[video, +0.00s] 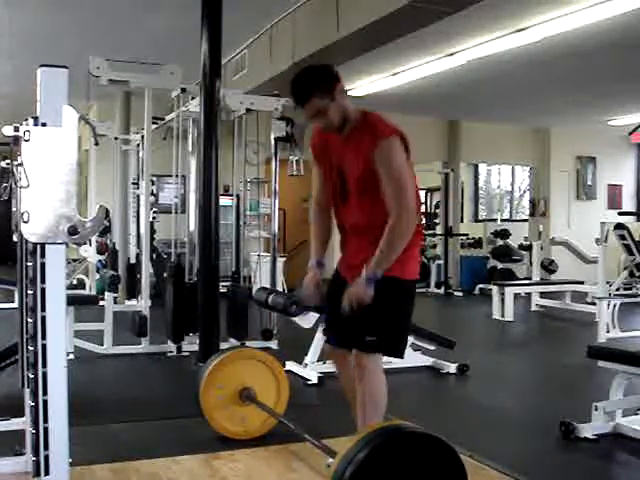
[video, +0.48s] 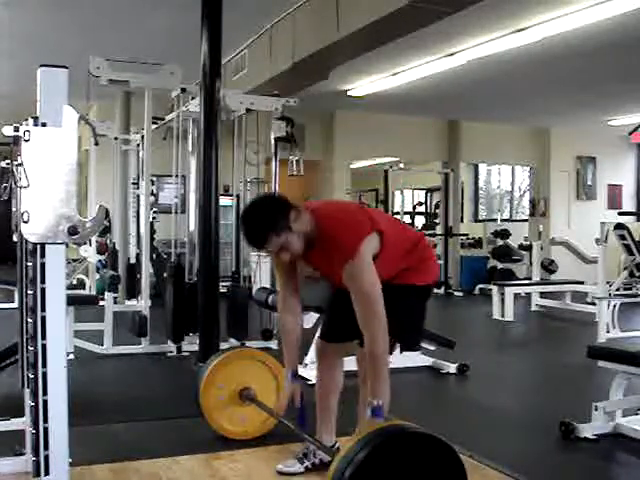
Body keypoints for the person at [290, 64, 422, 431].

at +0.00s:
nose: (320, 123)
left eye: (321, 112)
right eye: (311, 118)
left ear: (340, 90)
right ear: (304, 112)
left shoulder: (381, 137)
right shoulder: (322, 140)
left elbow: (406, 215)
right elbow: (321, 205)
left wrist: (370, 275)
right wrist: (316, 262)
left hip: (392, 267)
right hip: (352, 264)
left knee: (367, 356)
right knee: (338, 350)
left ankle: (369, 449)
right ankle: (369, 438)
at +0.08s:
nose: (314, 131)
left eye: (317, 119)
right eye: (306, 125)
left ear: (336, 99)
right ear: (297, 119)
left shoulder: (378, 143)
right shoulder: (318, 145)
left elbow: (400, 223)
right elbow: (320, 209)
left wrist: (369, 287)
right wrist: (312, 268)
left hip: (394, 270)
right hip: (354, 265)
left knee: (365, 358)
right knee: (334, 350)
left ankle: (368, 449)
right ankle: (368, 434)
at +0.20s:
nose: (299, 158)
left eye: (302, 147)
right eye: (291, 152)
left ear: (318, 129)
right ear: (286, 145)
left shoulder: (362, 162)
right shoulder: (308, 168)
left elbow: (379, 251)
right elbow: (309, 225)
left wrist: (365, 328)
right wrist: (304, 287)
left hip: (402, 267)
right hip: (361, 263)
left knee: (367, 354)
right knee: (327, 339)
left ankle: (370, 448)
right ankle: (348, 429)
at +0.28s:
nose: (286, 202)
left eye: (288, 191)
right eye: (279, 196)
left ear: (305, 166)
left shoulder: (351, 195)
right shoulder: (293, 198)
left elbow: (367, 288)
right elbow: (297, 261)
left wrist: (366, 369)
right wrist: (295, 323)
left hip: (407, 266)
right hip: (362, 265)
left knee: (372, 362)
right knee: (335, 352)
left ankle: (367, 453)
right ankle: (327, 443)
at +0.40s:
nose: (283, 240)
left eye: (284, 230)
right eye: (275, 236)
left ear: (298, 204)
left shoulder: (346, 223)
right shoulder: (287, 229)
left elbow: (369, 321)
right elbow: (291, 291)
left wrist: (374, 398)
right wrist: (291, 358)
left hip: (406, 271)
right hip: (359, 271)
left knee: (369, 356)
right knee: (330, 349)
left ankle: (365, 452)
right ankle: (324, 444)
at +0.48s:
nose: (281, 257)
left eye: (282, 246)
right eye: (273, 252)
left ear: (296, 220)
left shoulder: (346, 237)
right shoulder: (285, 242)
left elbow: (375, 337)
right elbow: (289, 311)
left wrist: (377, 408)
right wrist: (290, 375)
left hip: (406, 273)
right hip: (357, 274)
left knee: (369, 356)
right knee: (327, 349)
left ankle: (365, 450)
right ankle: (324, 445)